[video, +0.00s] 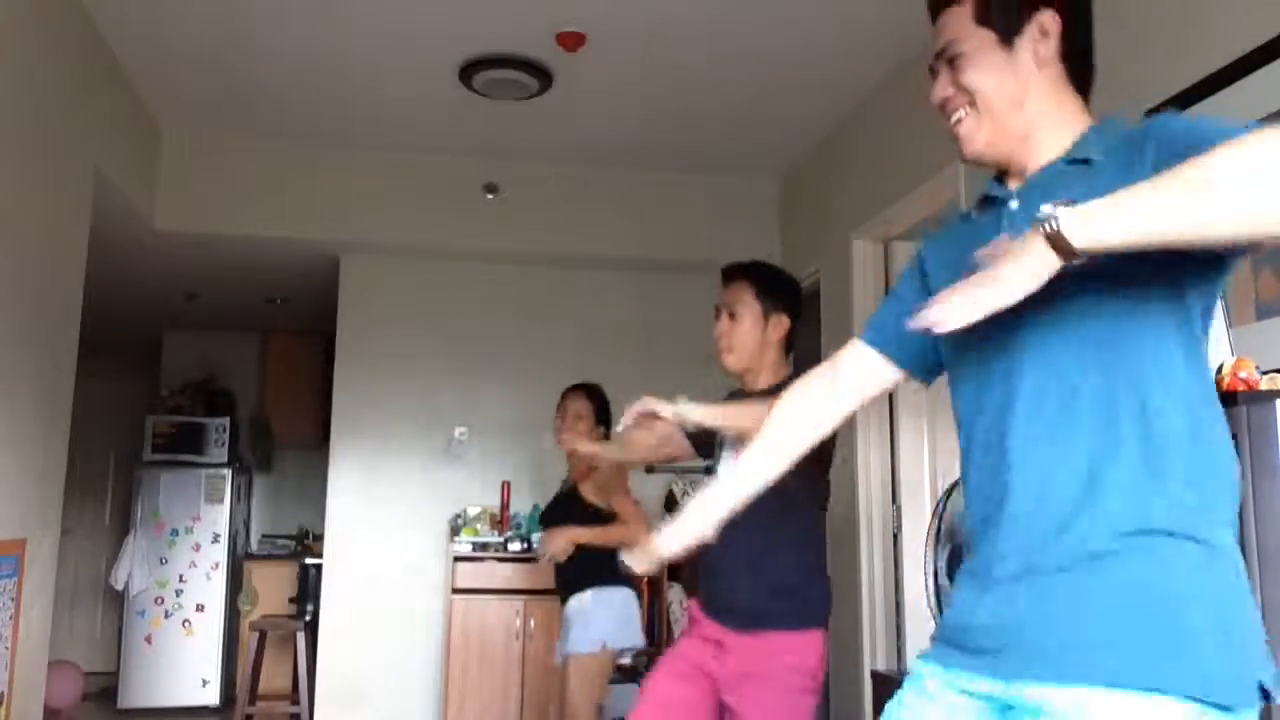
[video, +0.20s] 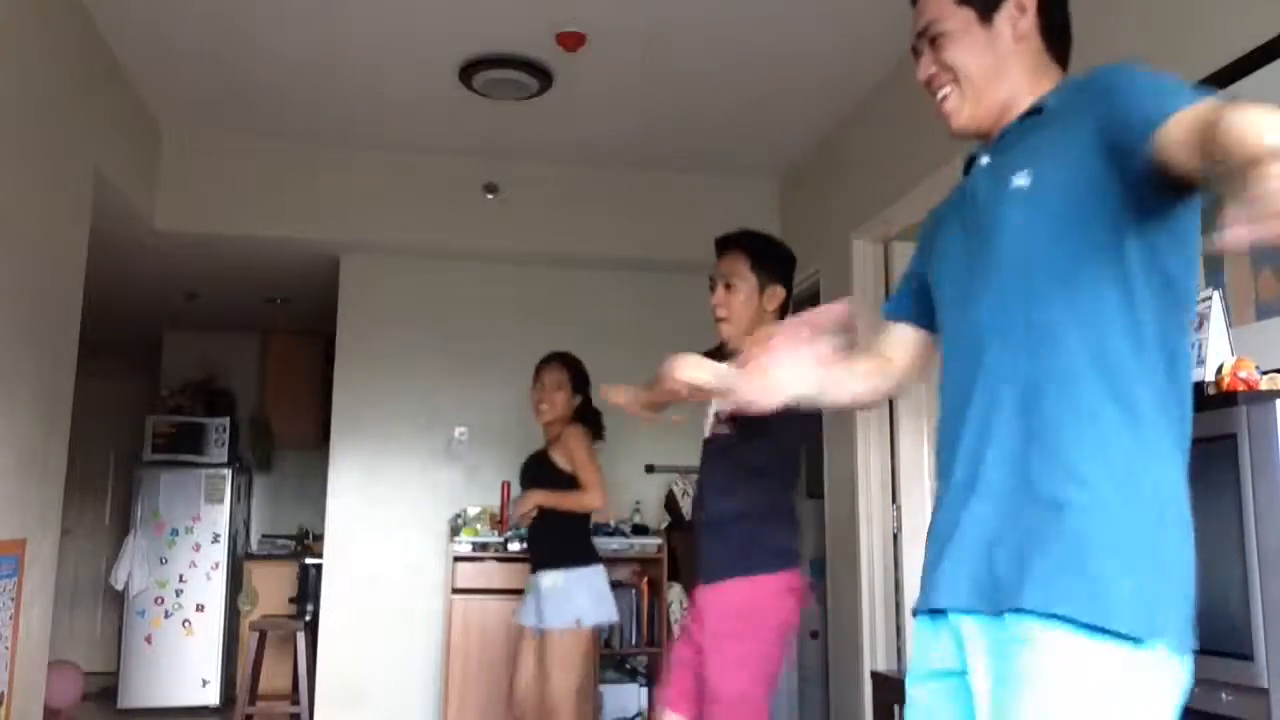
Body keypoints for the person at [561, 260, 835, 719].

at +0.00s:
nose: (719, 330)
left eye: (733, 315)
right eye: (719, 316)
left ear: (778, 327)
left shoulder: (811, 399)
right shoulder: (732, 410)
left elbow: (774, 419)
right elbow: (661, 443)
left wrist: (678, 412)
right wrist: (601, 449)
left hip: (781, 641)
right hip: (707, 629)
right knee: (649, 712)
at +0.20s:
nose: (714, 300)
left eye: (729, 286)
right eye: (714, 286)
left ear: (772, 298)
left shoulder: (789, 360)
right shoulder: (730, 361)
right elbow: (672, 389)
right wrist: (641, 399)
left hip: (756, 582)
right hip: (716, 582)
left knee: (733, 712)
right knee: (674, 710)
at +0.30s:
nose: (712, 320)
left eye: (727, 306)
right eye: (712, 306)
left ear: (770, 318)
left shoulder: (788, 384)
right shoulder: (717, 382)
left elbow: (784, 413)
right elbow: (655, 410)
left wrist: (753, 406)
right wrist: (686, 419)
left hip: (746, 597)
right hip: (712, 595)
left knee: (713, 712)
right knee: (705, 710)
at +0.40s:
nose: (711, 332)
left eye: (726, 318)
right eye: (711, 319)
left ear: (770, 332)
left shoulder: (789, 402)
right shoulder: (721, 399)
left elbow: (790, 442)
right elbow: (671, 429)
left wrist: (728, 429)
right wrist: (644, 446)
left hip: (755, 616)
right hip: (720, 610)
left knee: (681, 711)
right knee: (737, 713)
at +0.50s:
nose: (710, 321)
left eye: (726, 306)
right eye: (710, 307)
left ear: (770, 320)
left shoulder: (803, 397)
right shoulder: (719, 393)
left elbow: (805, 432)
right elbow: (653, 439)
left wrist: (702, 410)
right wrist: (579, 453)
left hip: (760, 608)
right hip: (716, 603)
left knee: (671, 712)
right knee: (744, 715)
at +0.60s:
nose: (709, 306)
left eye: (722, 292)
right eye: (709, 292)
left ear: (768, 302)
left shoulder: (801, 374)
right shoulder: (721, 380)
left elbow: (795, 416)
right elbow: (656, 444)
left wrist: (692, 402)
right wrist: (576, 446)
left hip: (766, 594)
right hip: (708, 591)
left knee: (722, 714)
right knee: (669, 713)